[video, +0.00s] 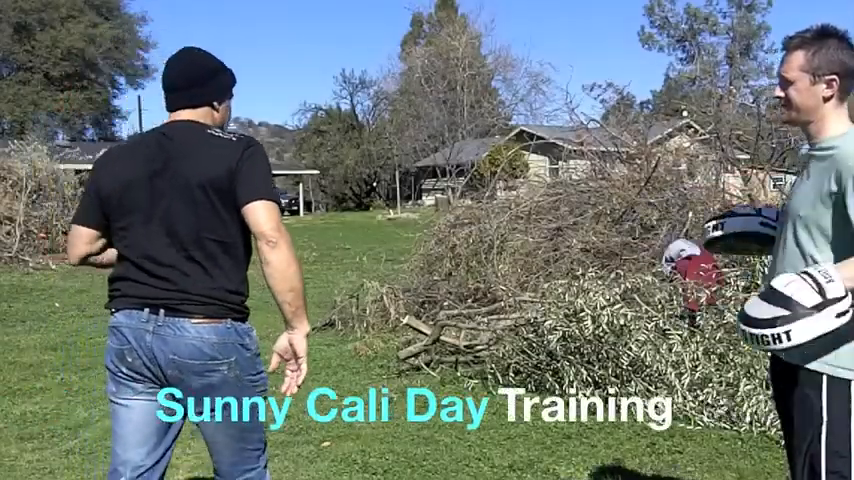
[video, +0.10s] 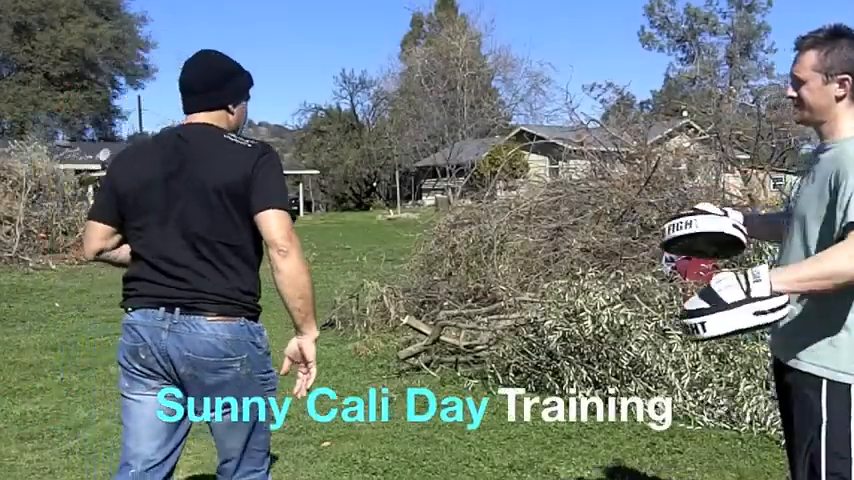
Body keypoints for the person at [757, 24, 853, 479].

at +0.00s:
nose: (778, 92)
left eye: (787, 83)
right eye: (779, 82)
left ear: (828, 87)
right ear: (822, 87)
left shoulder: (845, 158)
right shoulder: (815, 155)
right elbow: (822, 239)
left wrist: (822, 282)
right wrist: (775, 232)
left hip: (831, 364)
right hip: (797, 354)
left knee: (827, 471)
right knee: (805, 468)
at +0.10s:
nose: (789, 93)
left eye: (799, 82)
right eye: (792, 82)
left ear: (840, 87)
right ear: (836, 88)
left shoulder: (846, 161)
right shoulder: (819, 158)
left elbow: (851, 252)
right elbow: (800, 224)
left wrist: (762, 281)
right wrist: (736, 220)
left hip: (831, 365)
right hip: (798, 356)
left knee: (826, 471)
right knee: (804, 468)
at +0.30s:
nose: (803, 89)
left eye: (812, 79)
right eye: (805, 79)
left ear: (848, 85)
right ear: (841, 86)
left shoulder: (847, 162)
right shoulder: (819, 154)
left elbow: (805, 252)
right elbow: (779, 208)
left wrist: (712, 260)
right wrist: (721, 201)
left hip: (831, 363)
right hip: (802, 354)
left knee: (826, 470)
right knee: (809, 466)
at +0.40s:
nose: (804, 89)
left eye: (814, 79)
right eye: (807, 79)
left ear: (849, 85)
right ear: (841, 85)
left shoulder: (846, 161)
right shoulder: (821, 153)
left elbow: (790, 248)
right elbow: (764, 202)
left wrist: (707, 254)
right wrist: (724, 187)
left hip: (832, 364)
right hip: (803, 355)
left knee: (827, 471)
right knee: (810, 467)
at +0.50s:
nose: (804, 87)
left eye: (815, 77)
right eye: (808, 77)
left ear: (849, 84)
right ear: (842, 84)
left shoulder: (845, 158)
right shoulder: (816, 148)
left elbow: (773, 245)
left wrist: (696, 254)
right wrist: (717, 253)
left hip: (833, 356)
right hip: (803, 348)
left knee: (827, 470)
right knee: (809, 465)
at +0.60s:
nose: (804, 87)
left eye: (814, 77)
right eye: (807, 76)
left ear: (848, 84)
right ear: (842, 84)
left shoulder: (843, 158)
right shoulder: (821, 146)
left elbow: (774, 243)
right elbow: (782, 238)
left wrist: (703, 252)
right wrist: (717, 251)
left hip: (832, 354)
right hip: (805, 347)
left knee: (827, 469)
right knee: (809, 464)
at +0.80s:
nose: (801, 87)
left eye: (810, 77)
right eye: (804, 76)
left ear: (846, 83)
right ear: (841, 83)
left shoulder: (841, 160)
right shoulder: (823, 148)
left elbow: (771, 243)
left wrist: (741, 239)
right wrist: (764, 233)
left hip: (831, 348)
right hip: (810, 343)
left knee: (827, 469)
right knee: (812, 464)